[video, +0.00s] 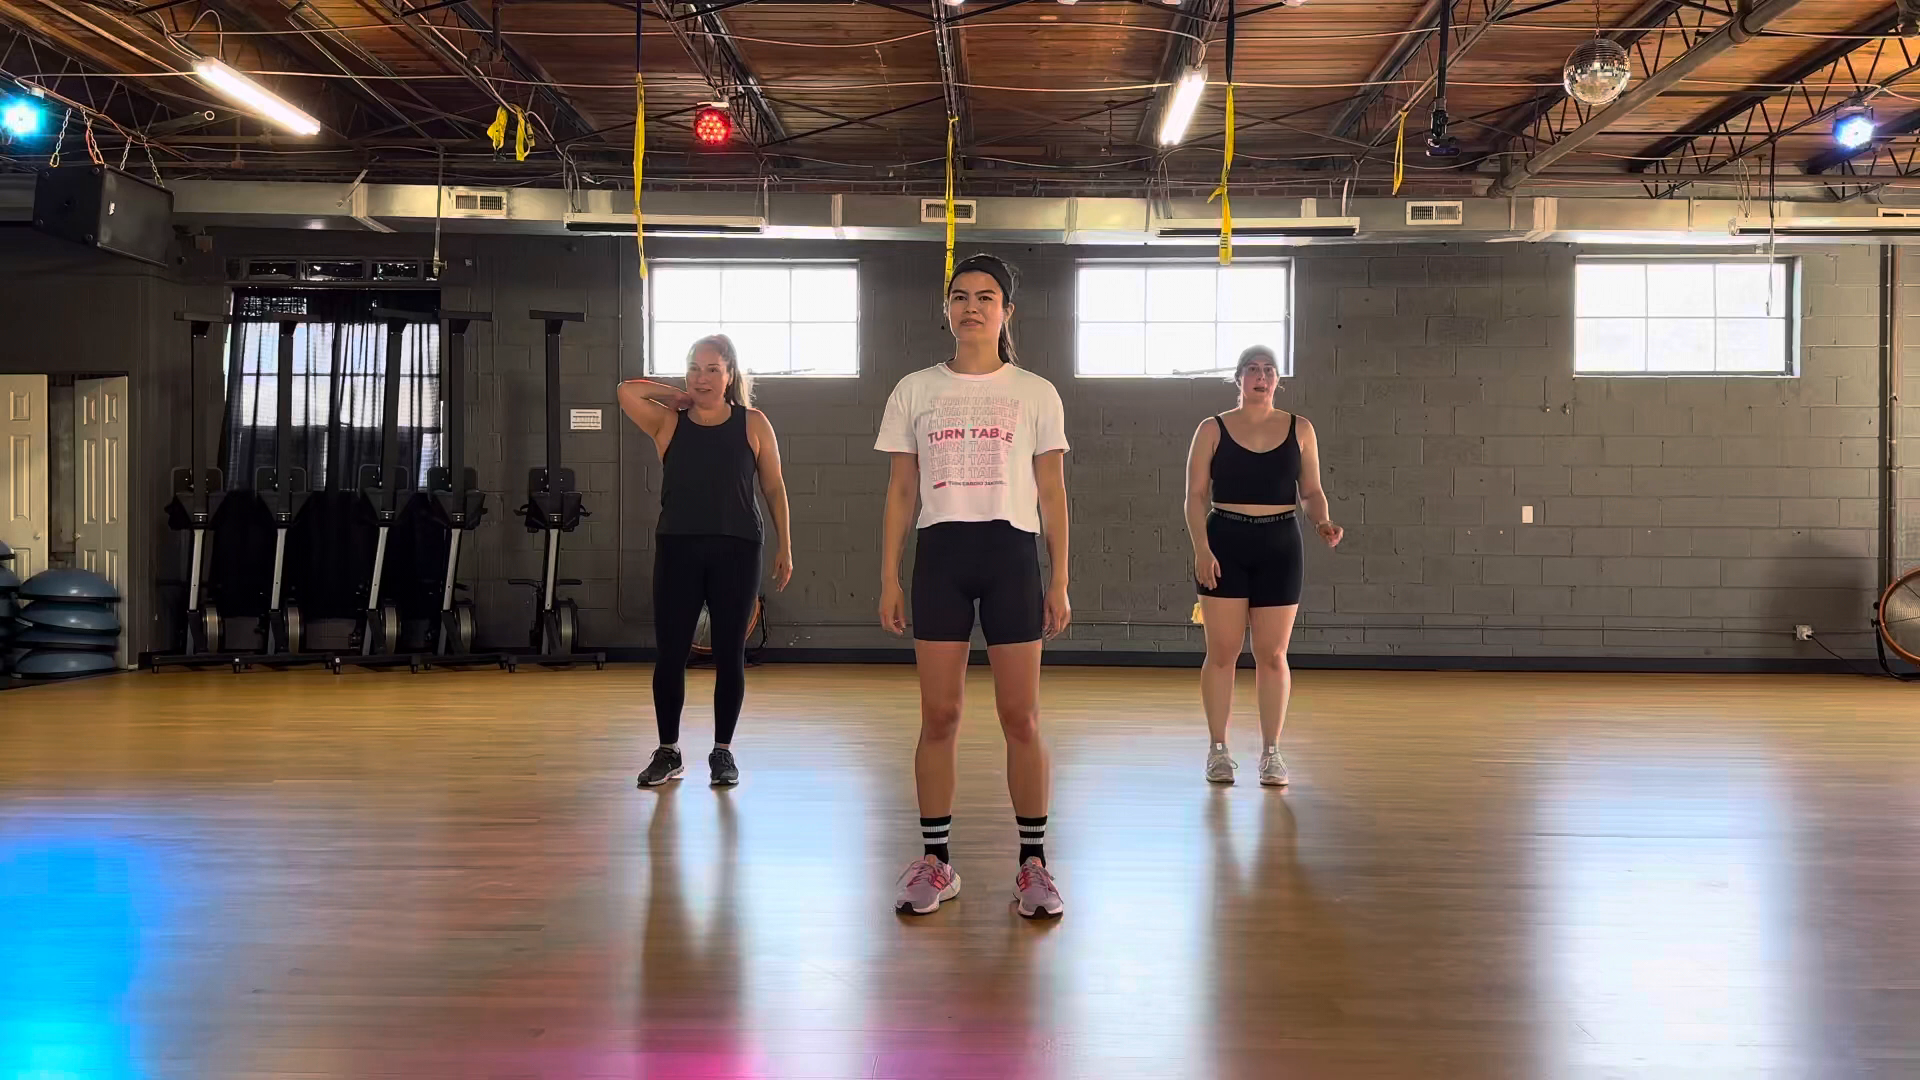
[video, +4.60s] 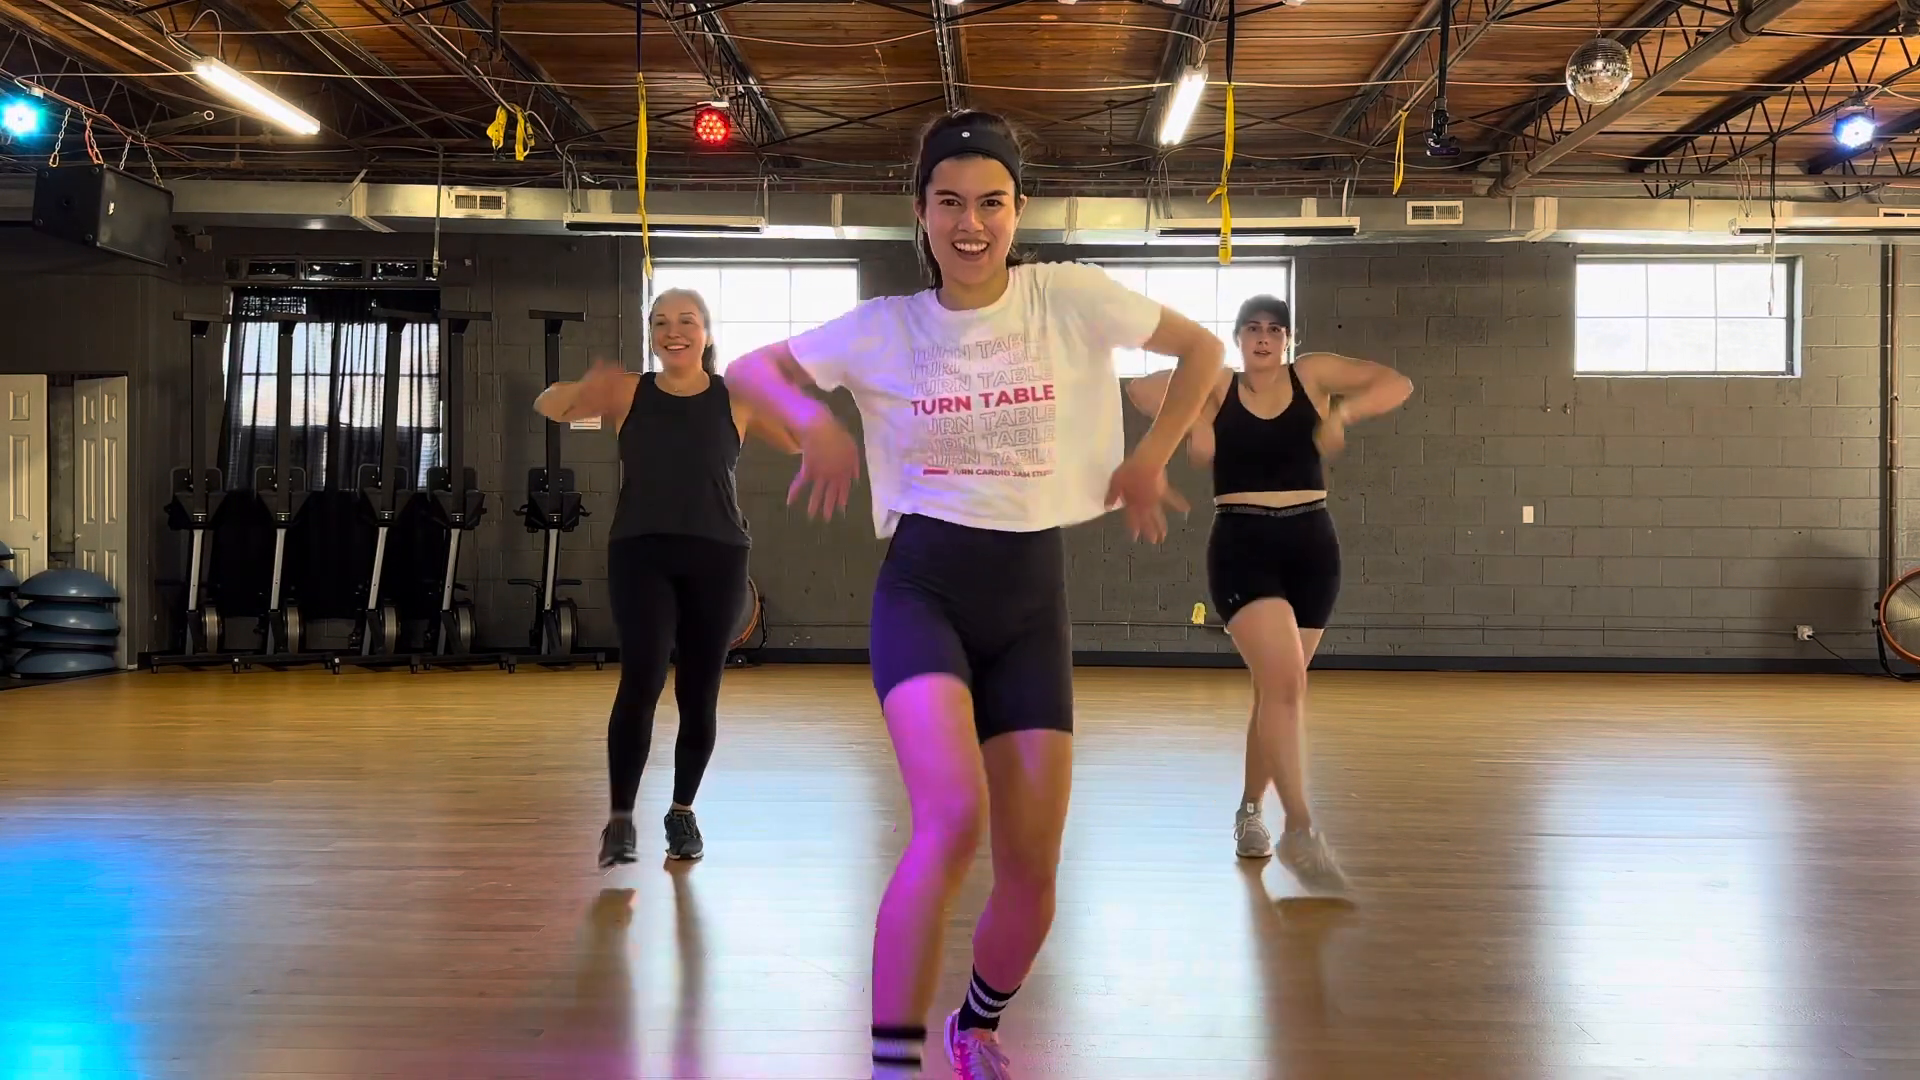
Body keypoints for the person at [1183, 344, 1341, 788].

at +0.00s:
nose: (1261, 377)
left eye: (1268, 371)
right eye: (1252, 370)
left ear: (1277, 380)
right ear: (1238, 379)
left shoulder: (1299, 429)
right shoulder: (1212, 430)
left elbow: (1311, 492)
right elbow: (1195, 496)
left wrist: (1322, 521)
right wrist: (1201, 548)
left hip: (1279, 549)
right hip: (1224, 547)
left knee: (1273, 655)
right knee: (1222, 653)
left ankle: (1272, 752)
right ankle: (1218, 749)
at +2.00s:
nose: (1292, 386)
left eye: (1300, 381)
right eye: (1285, 377)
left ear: (1307, 391)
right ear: (1269, 382)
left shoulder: (1317, 435)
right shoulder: (1233, 434)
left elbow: (1340, 494)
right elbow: (1210, 500)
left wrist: (1332, 452)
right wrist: (1202, 557)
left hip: (1300, 553)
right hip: (1244, 551)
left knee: (1299, 658)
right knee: (1215, 656)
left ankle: (1297, 756)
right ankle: (1199, 747)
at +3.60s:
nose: (1264, 364)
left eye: (1272, 358)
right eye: (1255, 357)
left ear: (1282, 368)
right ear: (1239, 366)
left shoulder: (1308, 416)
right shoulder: (1210, 427)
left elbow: (1338, 482)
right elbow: (1192, 497)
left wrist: (1339, 543)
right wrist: (1171, 560)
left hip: (1291, 546)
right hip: (1229, 548)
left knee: (1271, 651)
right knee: (1242, 669)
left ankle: (1272, 767)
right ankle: (1258, 767)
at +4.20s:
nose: (1276, 344)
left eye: (1286, 337)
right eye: (1265, 336)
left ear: (1298, 354)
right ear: (1246, 351)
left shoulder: (1319, 427)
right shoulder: (1212, 413)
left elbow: (1336, 508)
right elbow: (1177, 490)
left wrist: (1389, 545)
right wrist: (1130, 538)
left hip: (1297, 562)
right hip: (1226, 557)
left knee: (1273, 694)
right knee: (1230, 694)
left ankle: (1251, 812)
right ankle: (1209, 768)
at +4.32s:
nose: (1275, 342)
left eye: (1285, 336)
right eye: (1265, 334)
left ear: (1298, 353)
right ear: (1247, 349)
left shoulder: (1317, 420)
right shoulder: (1210, 408)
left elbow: (1364, 476)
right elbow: (1154, 465)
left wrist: (1406, 417)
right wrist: (1094, 416)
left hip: (1298, 548)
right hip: (1227, 546)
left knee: (1278, 691)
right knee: (1267, 653)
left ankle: (1251, 811)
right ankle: (1224, 746)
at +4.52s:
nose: (1265, 335)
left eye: (1275, 328)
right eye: (1255, 327)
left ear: (1288, 341)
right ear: (1237, 339)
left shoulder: (1314, 392)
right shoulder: (1211, 392)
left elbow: (1402, 391)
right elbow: (1130, 381)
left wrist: (1343, 368)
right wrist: (1173, 385)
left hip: (1304, 543)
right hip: (1232, 544)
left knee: (1277, 681)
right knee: (1286, 639)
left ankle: (1253, 809)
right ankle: (1295, 787)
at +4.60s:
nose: (1263, 338)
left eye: (1273, 330)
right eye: (1252, 330)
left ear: (1287, 339)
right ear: (1236, 339)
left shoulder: (1312, 373)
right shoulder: (1214, 390)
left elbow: (1398, 384)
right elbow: (1133, 387)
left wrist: (1346, 412)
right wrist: (1188, 425)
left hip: (1311, 539)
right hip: (1242, 541)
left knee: (1281, 689)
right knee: (1283, 683)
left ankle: (1251, 808)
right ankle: (1299, 828)